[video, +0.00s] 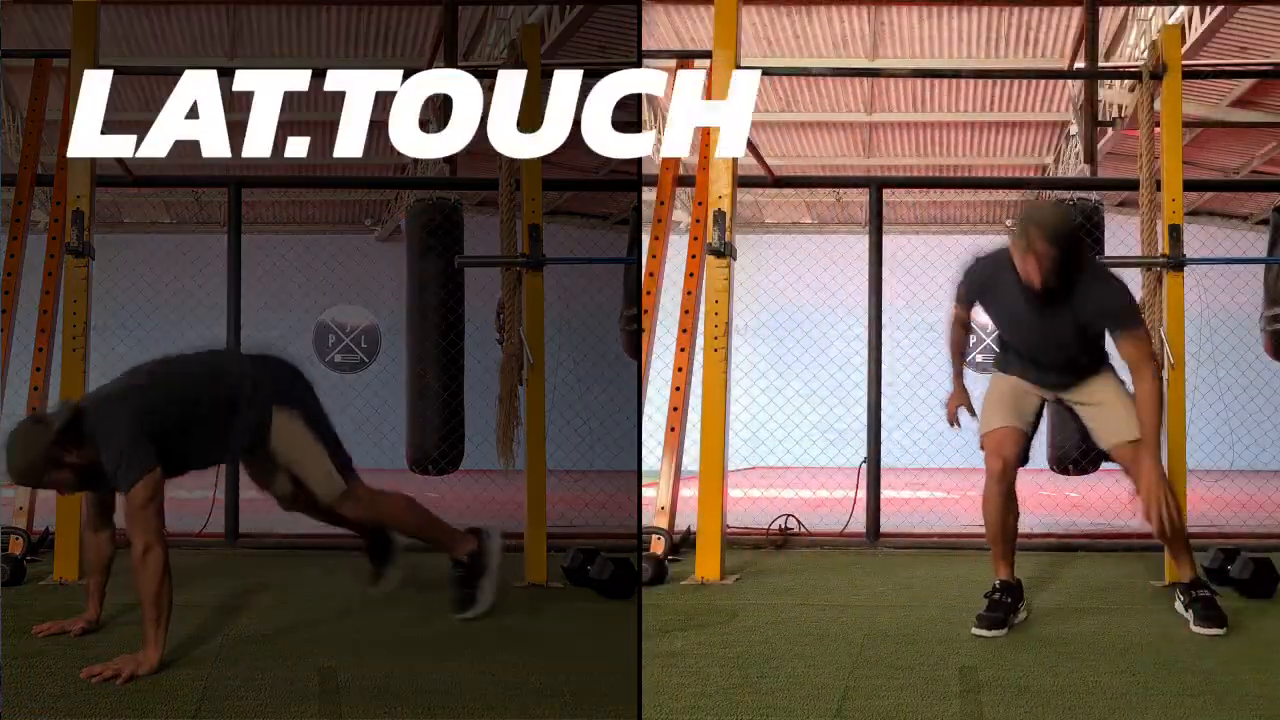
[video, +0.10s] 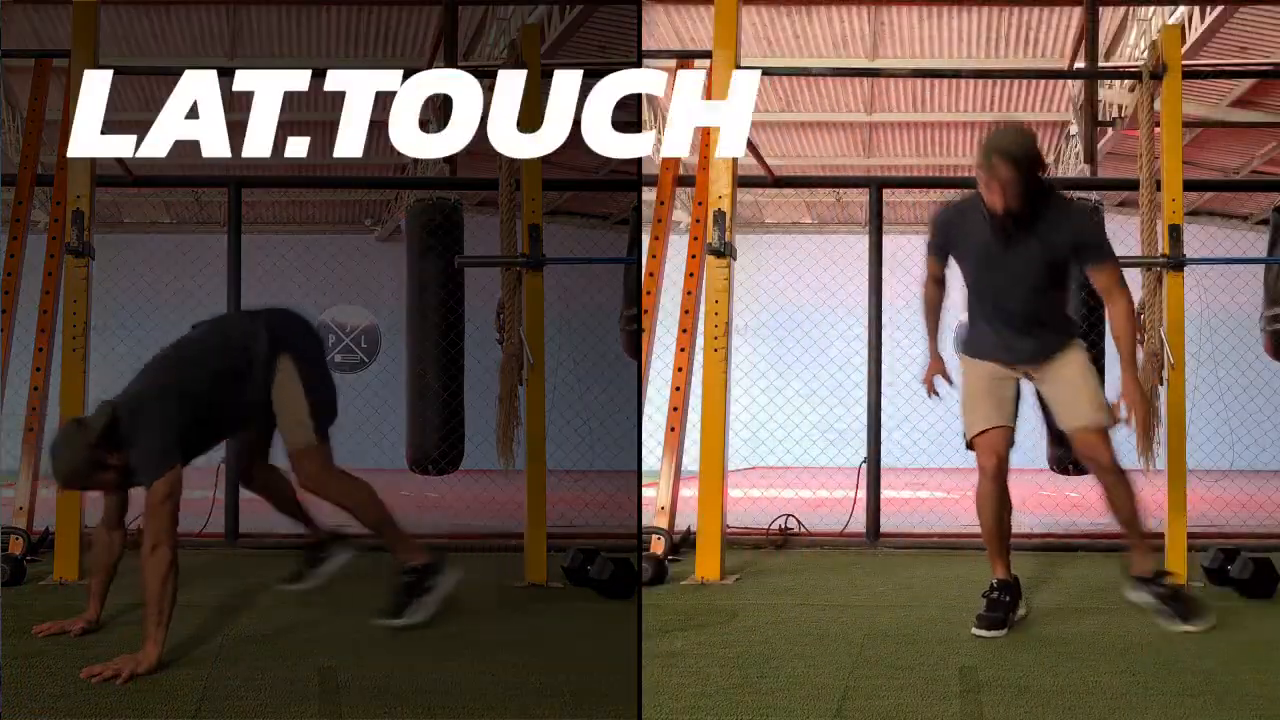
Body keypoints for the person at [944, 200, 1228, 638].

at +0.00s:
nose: (1035, 267)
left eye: (1045, 258)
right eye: (1027, 256)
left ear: (1063, 252)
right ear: (1013, 246)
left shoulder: (1100, 285)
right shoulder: (986, 273)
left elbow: (1146, 367)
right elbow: (960, 317)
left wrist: (1151, 462)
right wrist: (957, 381)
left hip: (1088, 374)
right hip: (1017, 371)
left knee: (1145, 470)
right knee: (998, 465)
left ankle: (1189, 581)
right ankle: (1004, 585)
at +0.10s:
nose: (994, 196)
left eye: (1004, 186)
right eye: (986, 184)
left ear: (1031, 177)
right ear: (977, 176)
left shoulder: (1072, 221)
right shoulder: (954, 221)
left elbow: (1116, 298)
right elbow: (934, 282)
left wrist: (1130, 376)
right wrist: (933, 350)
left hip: (1059, 350)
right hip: (987, 352)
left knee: (1100, 457)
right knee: (990, 462)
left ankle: (1145, 570)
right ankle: (1001, 583)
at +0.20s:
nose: (967, 157)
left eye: (980, 146)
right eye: (959, 144)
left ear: (1005, 136)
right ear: (949, 135)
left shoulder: (1043, 180)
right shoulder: (931, 185)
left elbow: (1088, 250)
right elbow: (911, 253)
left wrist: (1103, 325)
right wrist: (900, 324)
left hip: (1032, 330)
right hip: (958, 332)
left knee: (1061, 439)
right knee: (958, 442)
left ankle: (1068, 573)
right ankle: (970, 565)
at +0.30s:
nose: (939, 149)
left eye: (951, 137)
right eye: (930, 136)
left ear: (977, 130)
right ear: (920, 130)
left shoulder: (1015, 179)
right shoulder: (905, 184)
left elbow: (1066, 236)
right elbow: (881, 258)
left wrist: (1079, 311)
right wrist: (865, 326)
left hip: (1000, 338)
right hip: (929, 337)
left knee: (1018, 455)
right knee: (909, 448)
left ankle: (1025, 591)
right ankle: (895, 562)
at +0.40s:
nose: (906, 148)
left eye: (917, 137)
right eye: (898, 136)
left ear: (943, 131)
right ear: (889, 131)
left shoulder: (980, 184)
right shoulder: (873, 191)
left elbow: (1033, 248)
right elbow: (850, 273)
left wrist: (1054, 320)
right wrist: (821, 343)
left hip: (967, 355)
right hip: (891, 358)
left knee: (1000, 470)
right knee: (847, 469)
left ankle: (1021, 594)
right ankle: (815, 582)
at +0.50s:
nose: (871, 144)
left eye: (883, 132)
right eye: (863, 130)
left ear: (905, 126)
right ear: (850, 122)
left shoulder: (936, 177)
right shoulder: (826, 183)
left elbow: (981, 249)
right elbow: (804, 261)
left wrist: (1013, 317)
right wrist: (792, 328)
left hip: (917, 348)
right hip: (844, 348)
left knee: (958, 467)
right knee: (811, 466)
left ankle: (1007, 589)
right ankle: (796, 586)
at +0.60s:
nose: (833, 139)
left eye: (846, 127)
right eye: (824, 126)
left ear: (871, 117)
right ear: (813, 116)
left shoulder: (905, 166)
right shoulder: (792, 165)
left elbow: (942, 232)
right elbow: (758, 246)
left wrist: (968, 304)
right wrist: (760, 318)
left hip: (877, 328)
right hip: (807, 328)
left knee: (891, 439)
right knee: (786, 449)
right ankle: (786, 578)